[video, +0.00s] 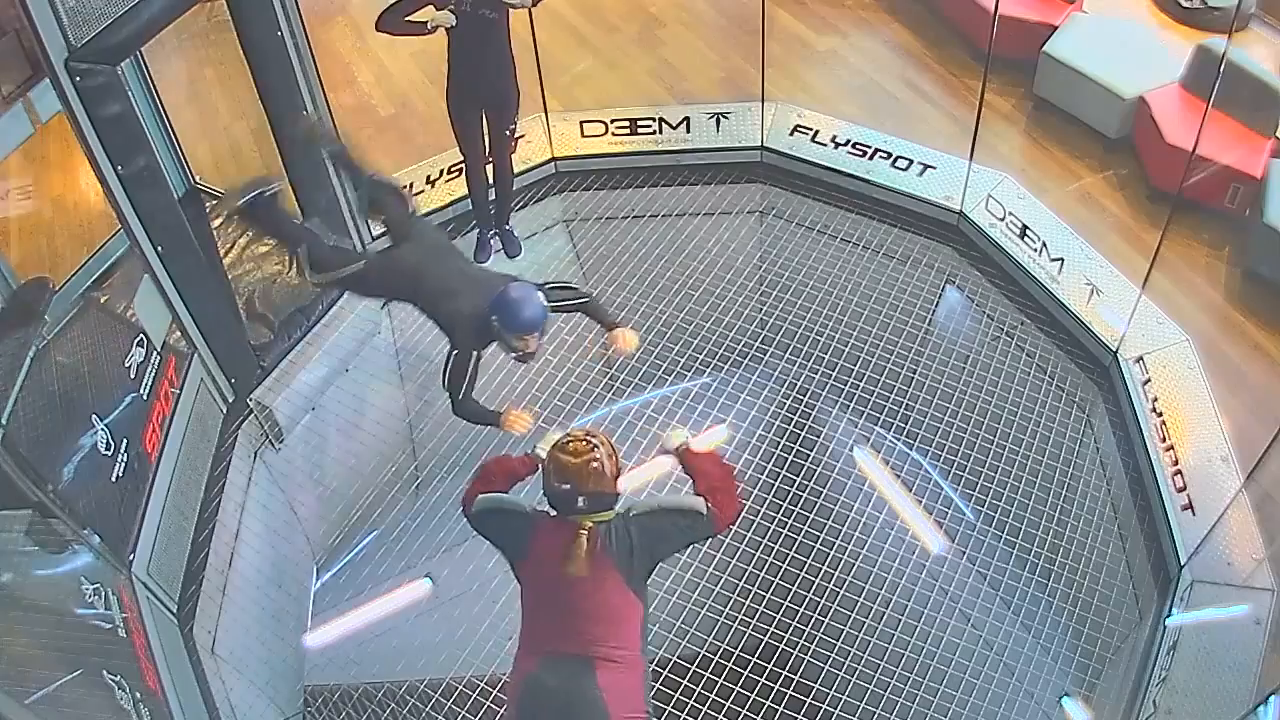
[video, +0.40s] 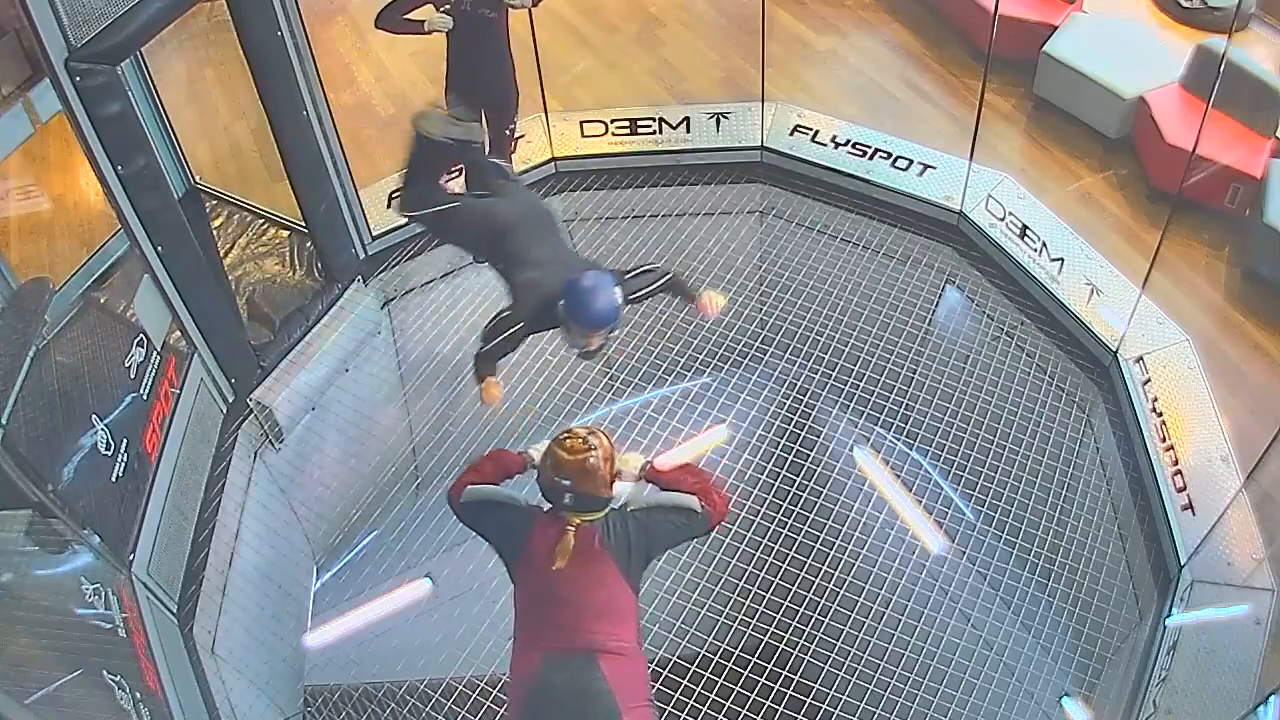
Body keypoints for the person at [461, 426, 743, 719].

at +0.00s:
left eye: (592, 450)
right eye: (602, 454)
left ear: (549, 488)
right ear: (615, 482)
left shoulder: (527, 533)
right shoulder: (636, 531)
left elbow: (476, 498)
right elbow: (724, 507)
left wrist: (533, 459)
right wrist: (689, 450)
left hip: (535, 692)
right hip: (612, 694)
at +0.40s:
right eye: (607, 458)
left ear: (545, 484)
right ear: (612, 484)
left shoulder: (521, 527)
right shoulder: (631, 527)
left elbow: (462, 493)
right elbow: (713, 503)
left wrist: (524, 458)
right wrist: (646, 468)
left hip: (537, 683)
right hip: (615, 684)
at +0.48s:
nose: (576, 436)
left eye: (586, 440)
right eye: (569, 438)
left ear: (542, 480)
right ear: (606, 483)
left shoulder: (514, 524)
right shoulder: (626, 524)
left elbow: (456, 490)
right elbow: (707, 504)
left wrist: (521, 455)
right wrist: (638, 469)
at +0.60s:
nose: (566, 433)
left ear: (534, 477)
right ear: (598, 479)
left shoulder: (507, 519)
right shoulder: (615, 525)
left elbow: (458, 480)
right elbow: (695, 511)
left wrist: (517, 449)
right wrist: (639, 466)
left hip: (520, 699)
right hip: (602, 697)